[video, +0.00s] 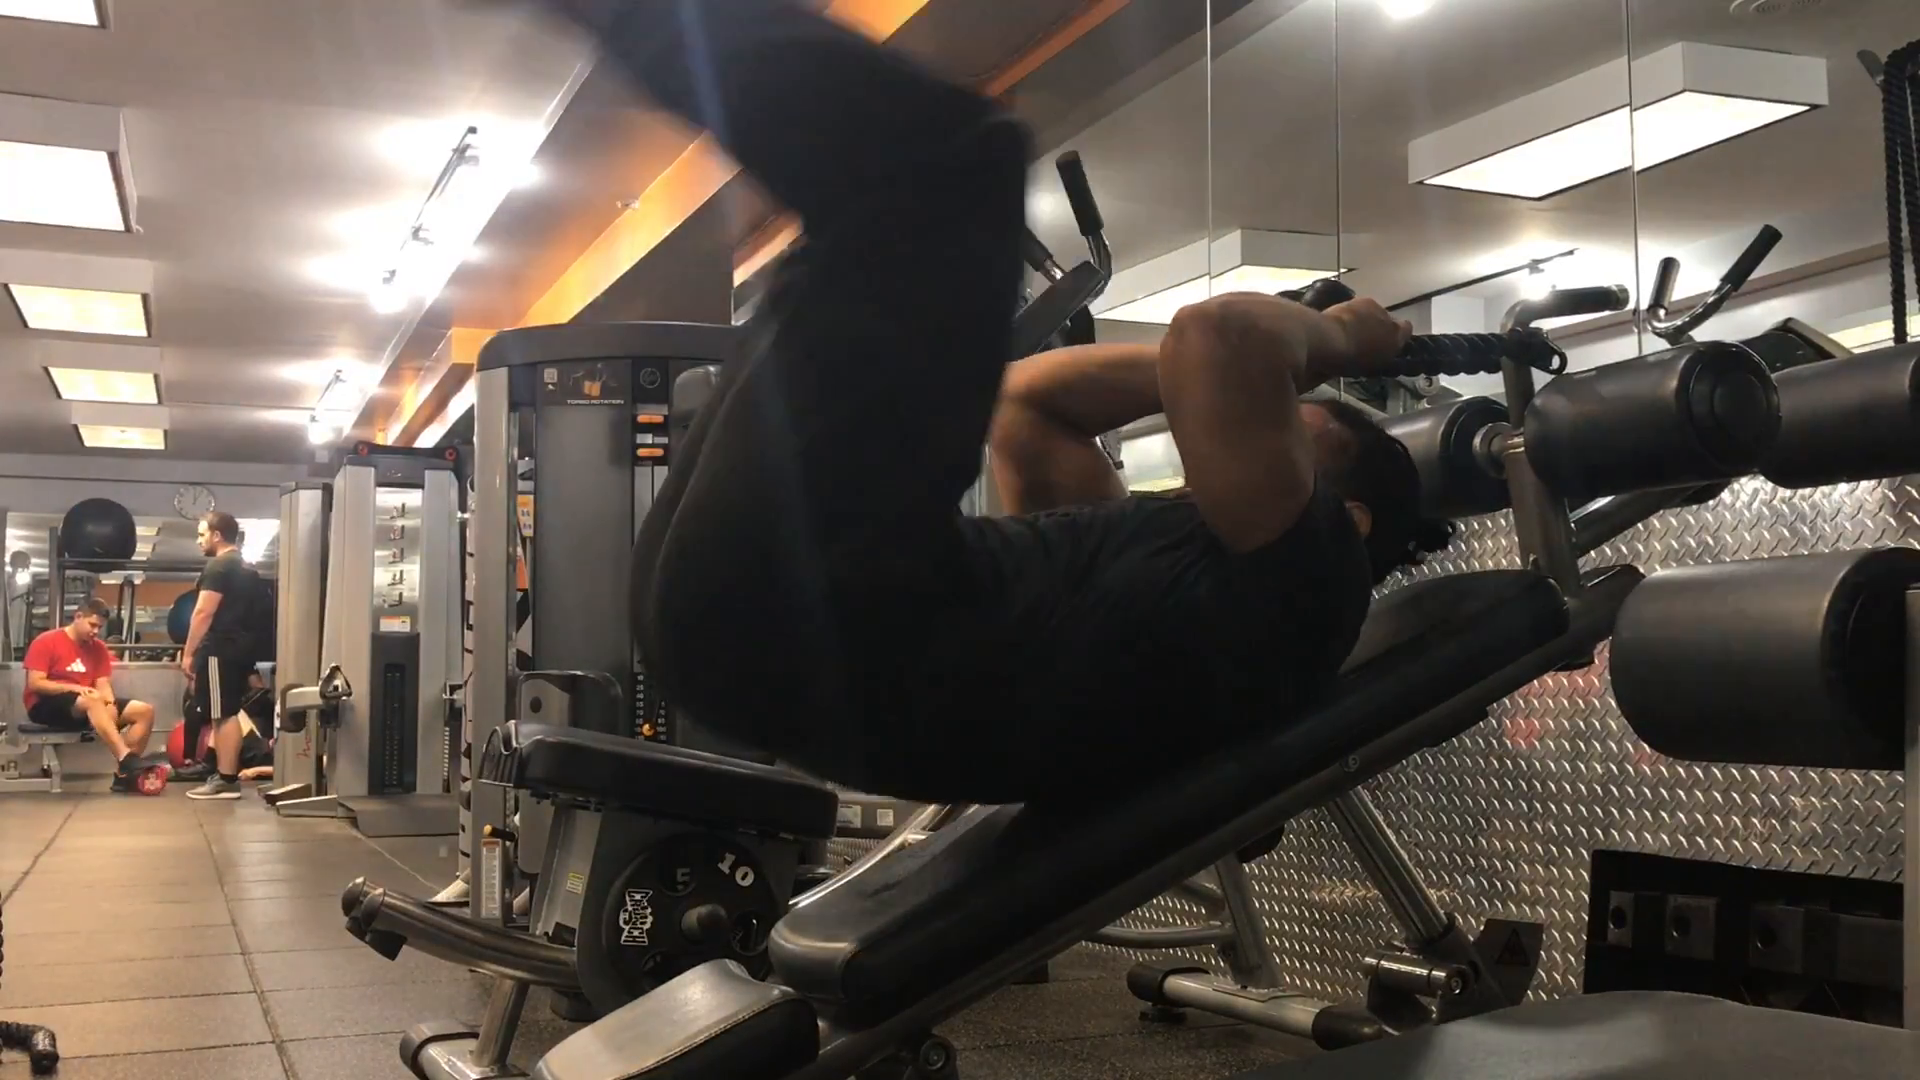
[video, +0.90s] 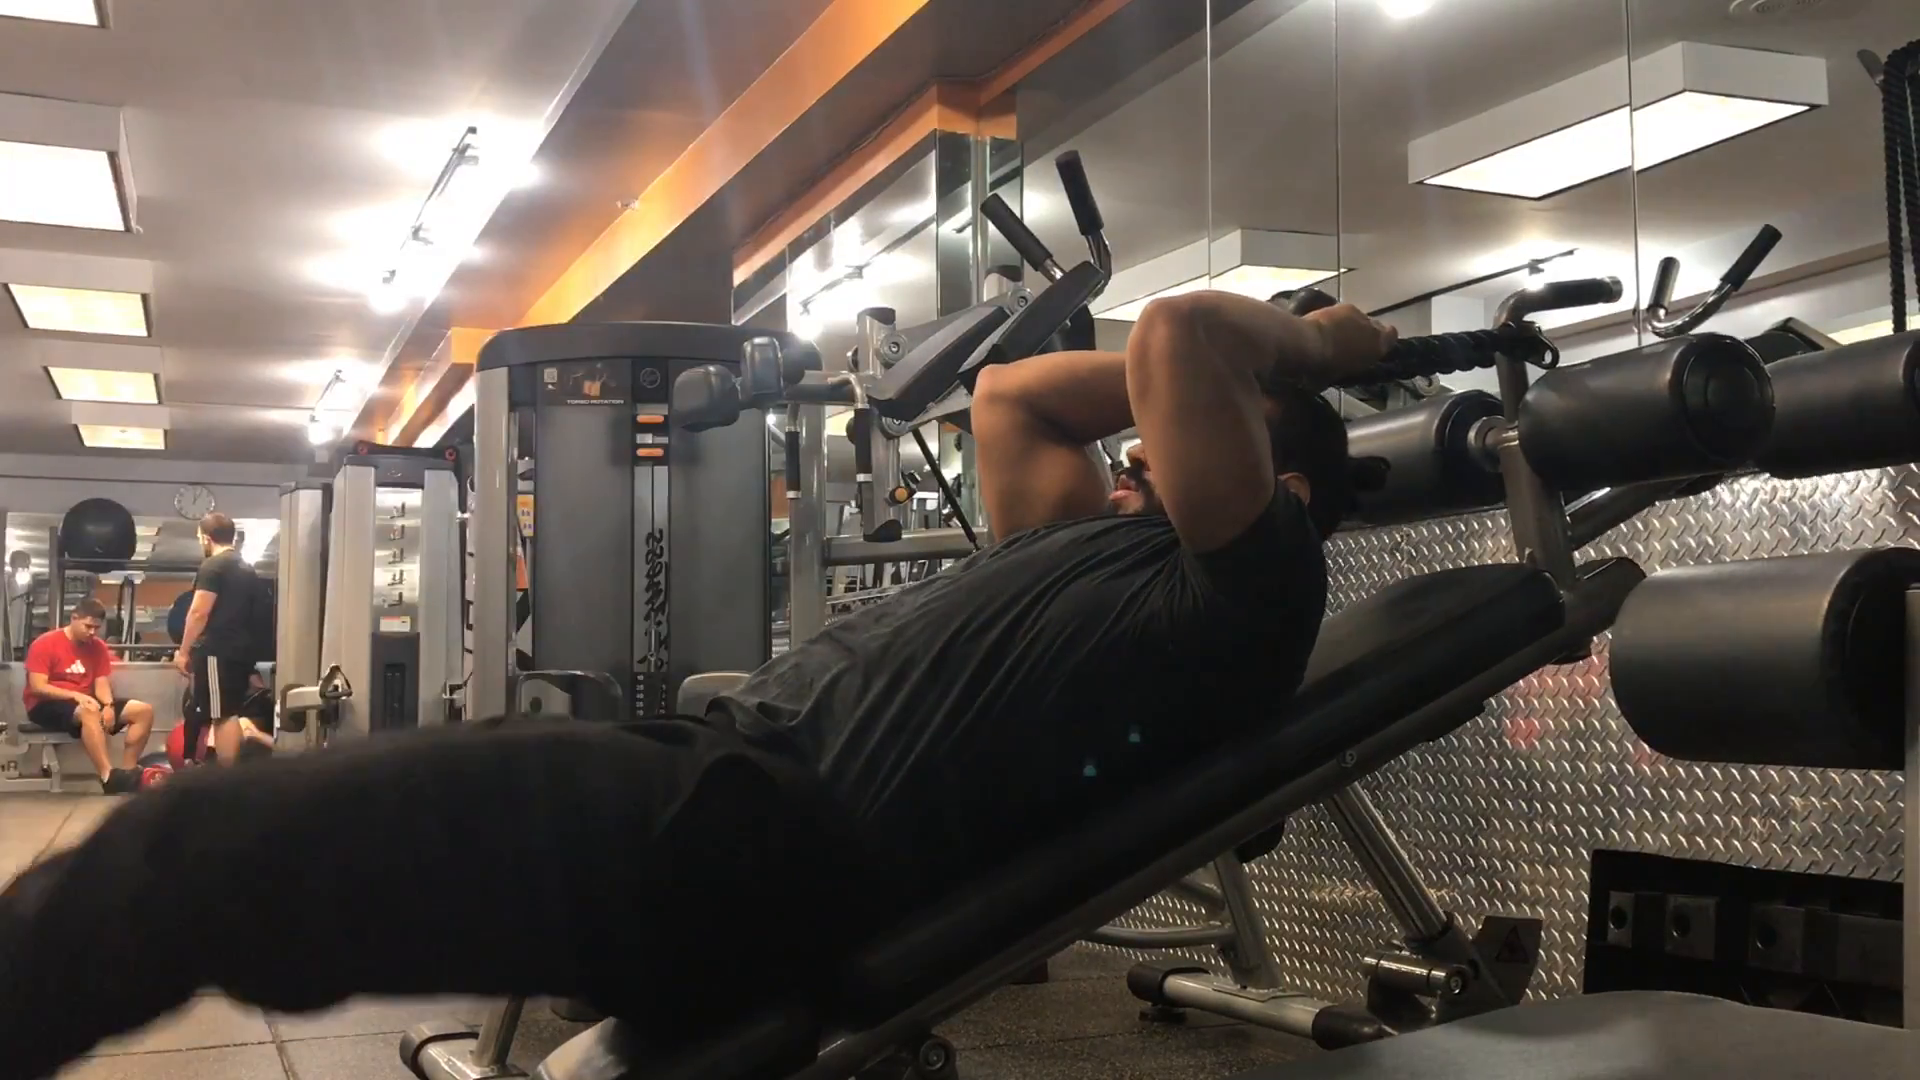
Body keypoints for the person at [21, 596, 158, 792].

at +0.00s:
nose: (95, 632)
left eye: (99, 628)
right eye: (92, 625)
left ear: (102, 627)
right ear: (77, 616)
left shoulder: (98, 648)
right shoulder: (46, 641)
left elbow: (103, 684)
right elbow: (35, 683)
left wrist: (110, 704)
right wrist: (76, 689)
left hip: (84, 706)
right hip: (46, 705)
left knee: (144, 712)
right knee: (94, 701)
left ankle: (123, 776)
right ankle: (125, 757)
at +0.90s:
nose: (92, 632)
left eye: (96, 628)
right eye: (88, 627)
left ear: (100, 626)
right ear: (74, 617)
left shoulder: (98, 646)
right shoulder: (45, 644)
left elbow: (101, 684)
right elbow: (38, 687)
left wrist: (108, 706)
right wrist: (77, 696)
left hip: (85, 703)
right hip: (47, 706)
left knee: (143, 711)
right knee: (90, 712)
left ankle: (129, 773)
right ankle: (107, 777)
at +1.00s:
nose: (91, 632)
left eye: (95, 627)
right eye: (87, 626)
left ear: (99, 625)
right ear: (73, 618)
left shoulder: (97, 647)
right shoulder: (45, 643)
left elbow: (101, 683)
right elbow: (38, 687)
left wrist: (106, 708)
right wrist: (77, 695)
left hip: (82, 704)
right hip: (44, 704)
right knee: (88, 712)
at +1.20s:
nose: (90, 631)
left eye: (95, 626)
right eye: (86, 625)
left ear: (98, 625)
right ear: (71, 618)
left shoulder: (97, 647)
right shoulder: (44, 644)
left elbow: (101, 684)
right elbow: (38, 686)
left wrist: (108, 706)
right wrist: (78, 695)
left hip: (85, 702)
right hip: (47, 705)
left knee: (143, 712)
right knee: (90, 714)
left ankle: (129, 773)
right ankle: (108, 777)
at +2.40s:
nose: (80, 622)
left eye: (86, 618)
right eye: (77, 616)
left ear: (90, 620)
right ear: (62, 611)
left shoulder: (88, 645)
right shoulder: (37, 639)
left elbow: (95, 683)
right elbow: (35, 681)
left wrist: (112, 691)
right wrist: (77, 688)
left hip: (80, 701)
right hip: (43, 702)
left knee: (142, 712)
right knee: (90, 701)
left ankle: (126, 774)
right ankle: (87, 771)